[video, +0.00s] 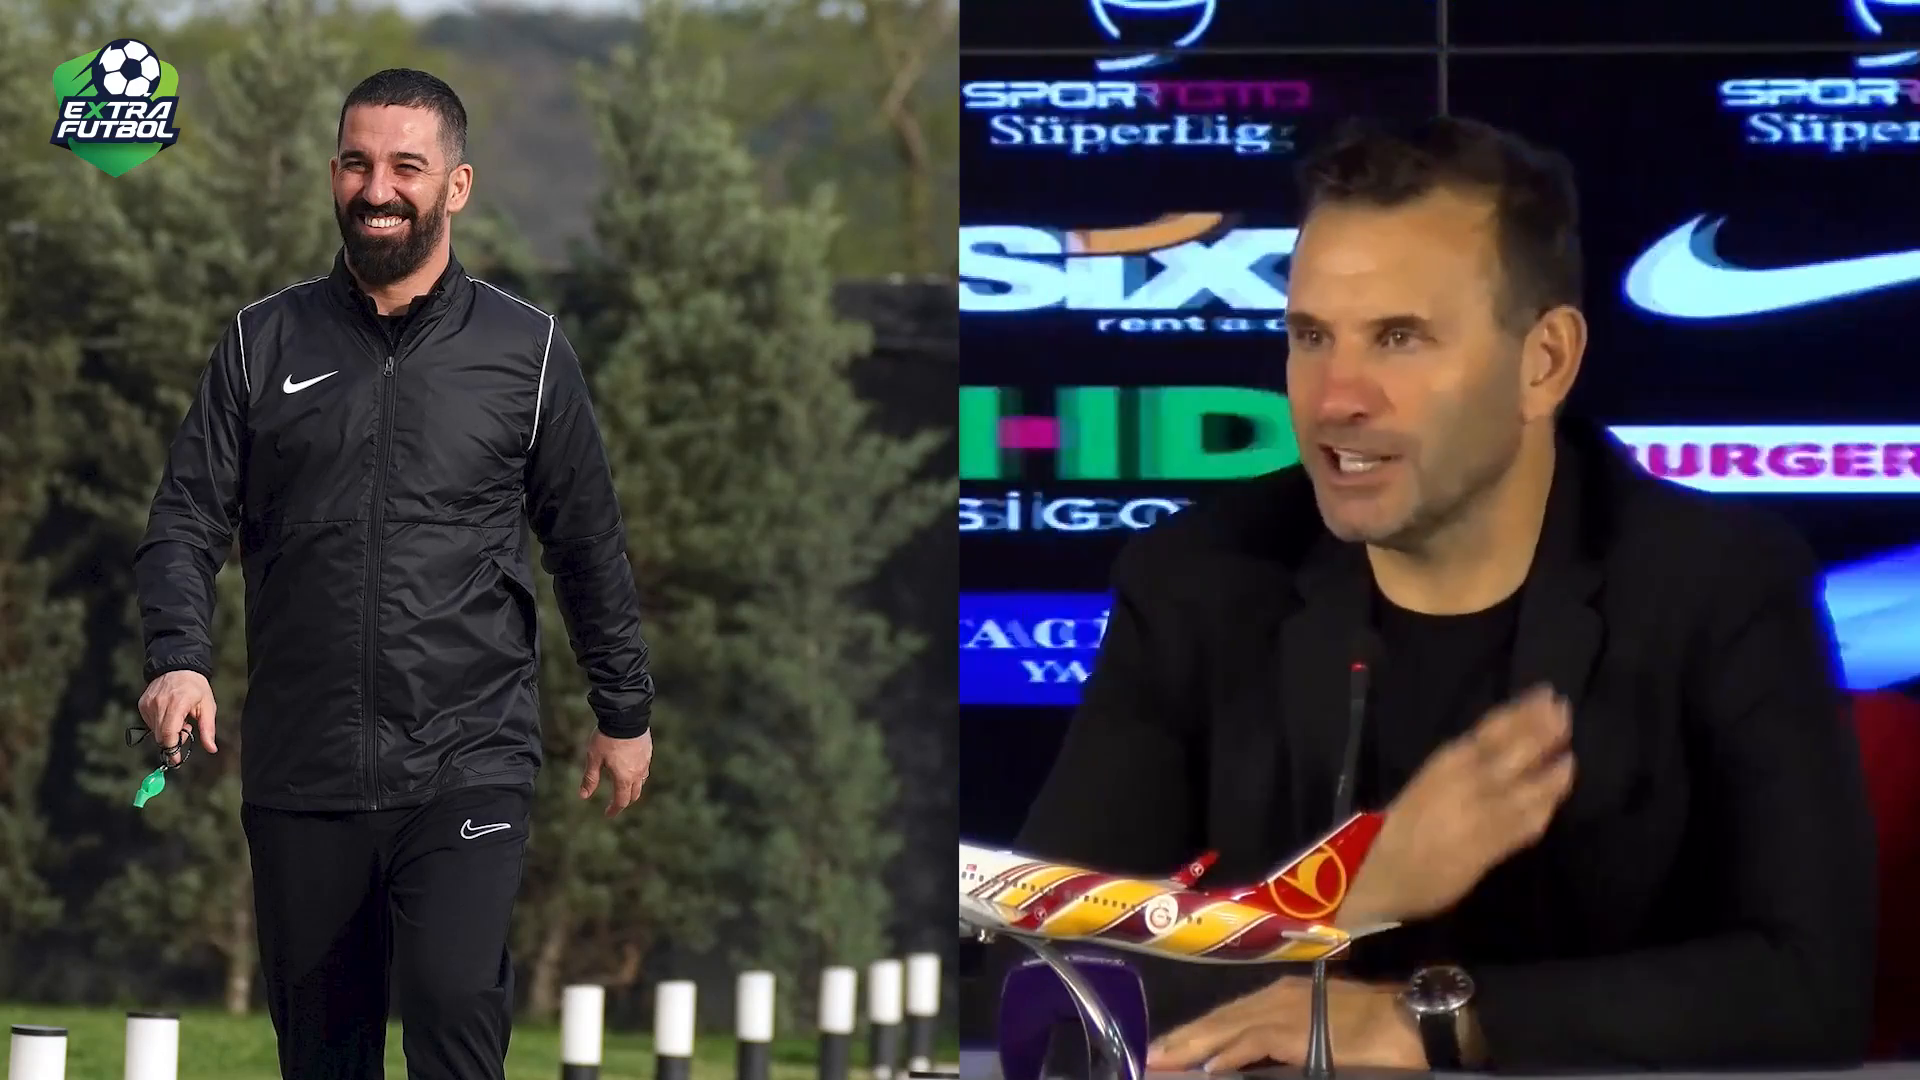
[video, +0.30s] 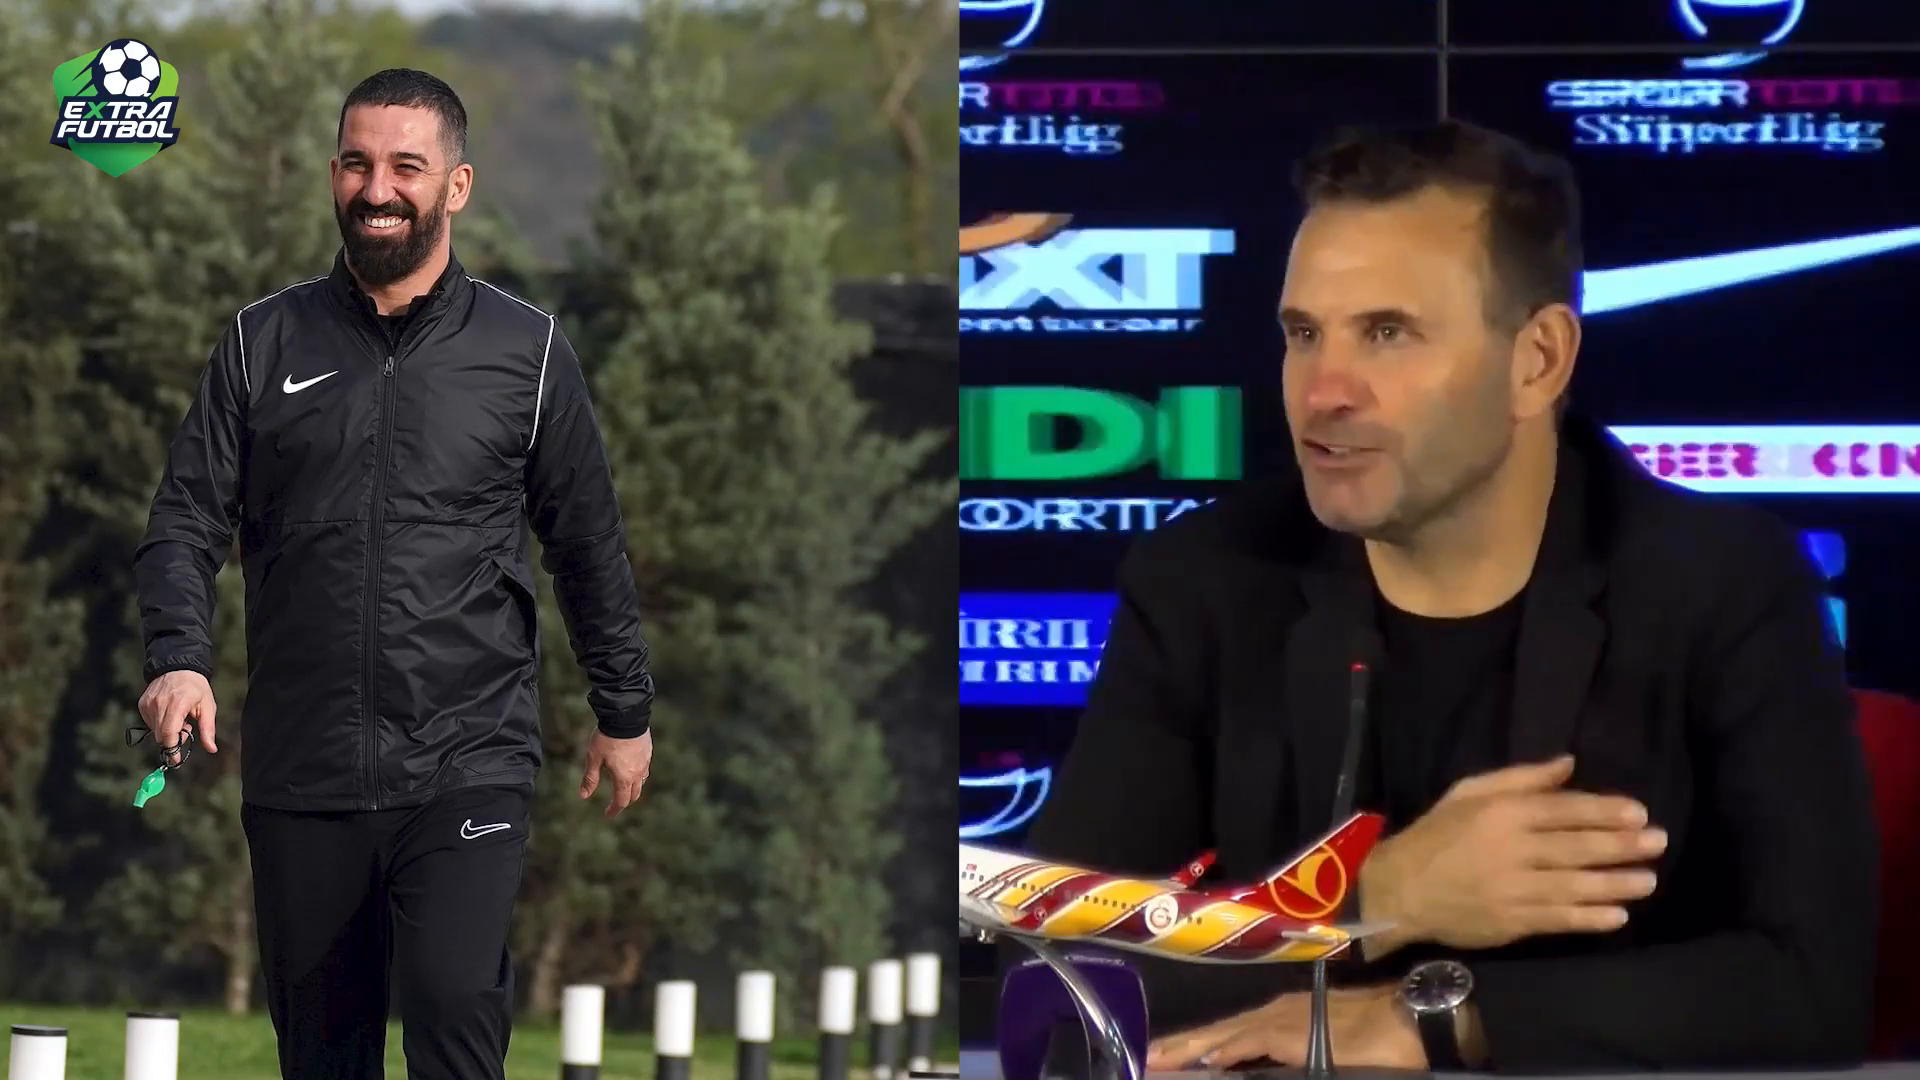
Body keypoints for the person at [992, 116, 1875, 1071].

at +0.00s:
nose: (1335, 394)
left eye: (1399, 338)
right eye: (1310, 336)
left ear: (1545, 362)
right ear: (1285, 345)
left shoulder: (1723, 591)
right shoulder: (1199, 583)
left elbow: (1813, 992)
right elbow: (1043, 966)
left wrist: (1430, 1021)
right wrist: (1358, 887)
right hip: (1260, 1078)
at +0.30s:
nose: (1320, 391)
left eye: (1386, 335)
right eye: (1303, 334)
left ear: (1540, 359)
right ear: (1280, 342)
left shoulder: (1725, 588)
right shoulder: (1201, 585)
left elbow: (1815, 991)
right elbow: (1055, 956)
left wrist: (1432, 1018)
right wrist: (1378, 896)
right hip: (1248, 1076)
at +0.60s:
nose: (1316, 396)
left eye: (1380, 339)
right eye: (1296, 340)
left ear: (1532, 363)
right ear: (1273, 347)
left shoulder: (1728, 589)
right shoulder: (1197, 588)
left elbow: (1810, 994)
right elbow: (1044, 972)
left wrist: (1429, 1018)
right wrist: (1370, 862)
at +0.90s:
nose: (1349, 392)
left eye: (1415, 338)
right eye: (1323, 336)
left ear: (1555, 364)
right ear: (1294, 342)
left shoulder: (1729, 591)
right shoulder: (1197, 584)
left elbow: (1809, 991)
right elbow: (1032, 958)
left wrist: (1430, 1026)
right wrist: (1348, 937)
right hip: (1242, 1073)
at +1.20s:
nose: (1368, 399)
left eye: (1434, 340)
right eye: (1336, 338)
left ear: (1559, 370)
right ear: (1299, 351)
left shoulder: (1729, 596)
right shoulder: (1189, 588)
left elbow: (1808, 990)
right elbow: (1029, 968)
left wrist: (1434, 1024)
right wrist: (1339, 960)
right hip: (1244, 1073)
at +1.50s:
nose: (1404, 405)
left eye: (1461, 345)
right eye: (1358, 351)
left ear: (1566, 355)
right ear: (1300, 367)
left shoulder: (1729, 593)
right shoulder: (1193, 588)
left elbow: (1810, 993)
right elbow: (1049, 981)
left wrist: (1432, 1020)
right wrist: (1357, 858)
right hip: (1252, 1077)